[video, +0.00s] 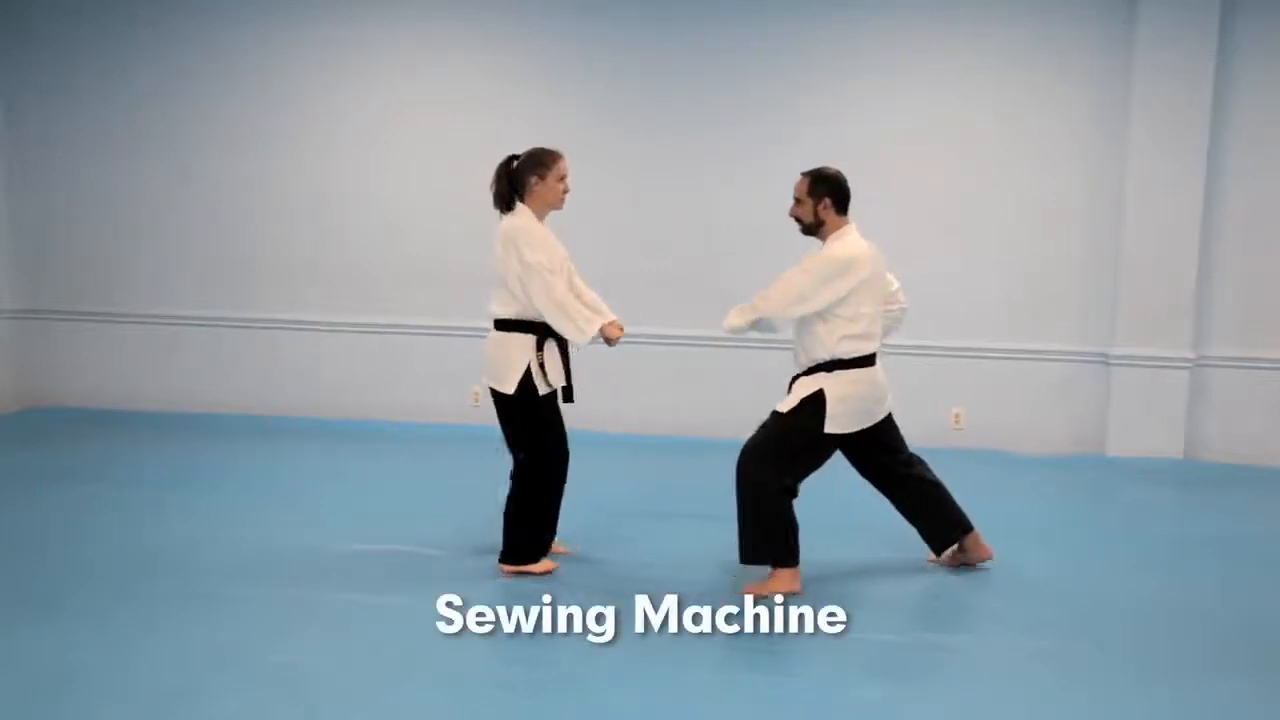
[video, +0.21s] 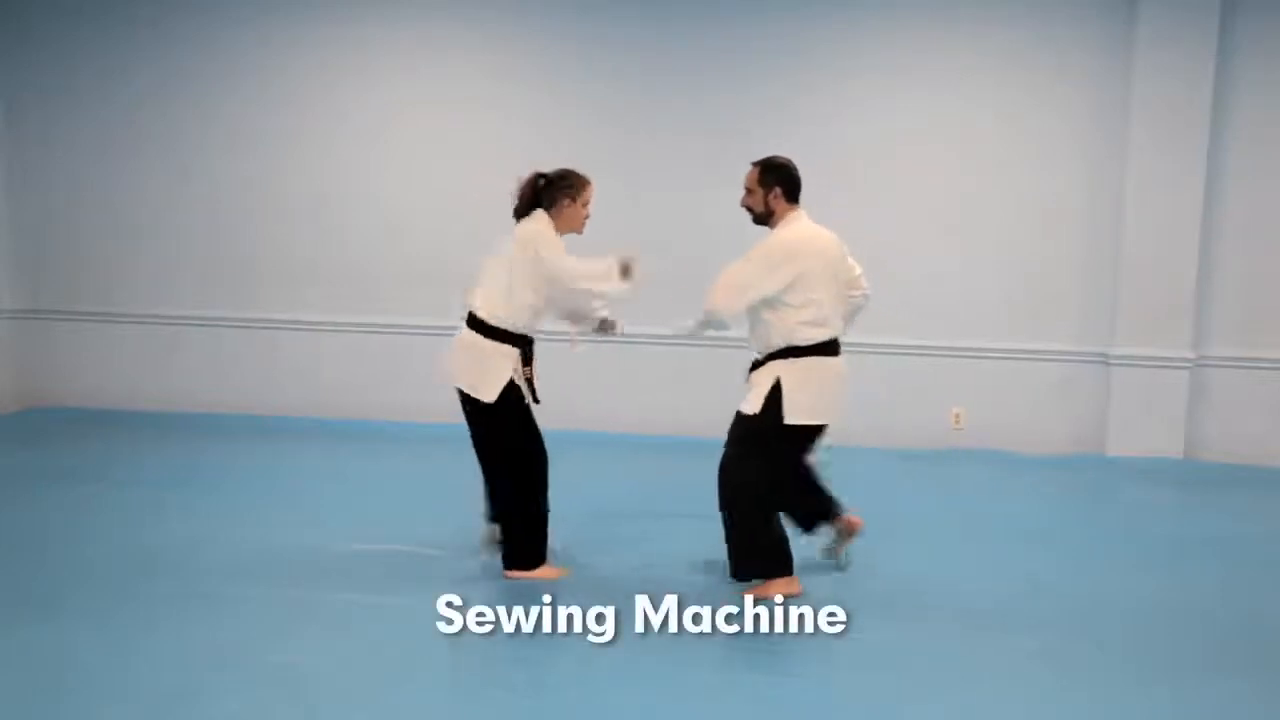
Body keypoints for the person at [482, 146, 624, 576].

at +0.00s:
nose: (568, 187)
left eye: (567, 180)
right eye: (561, 180)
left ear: (538, 183)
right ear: (536, 182)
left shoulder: (536, 228)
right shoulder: (521, 229)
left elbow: (570, 281)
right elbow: (549, 293)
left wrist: (603, 317)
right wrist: (595, 327)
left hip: (534, 353)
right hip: (519, 355)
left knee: (549, 452)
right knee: (542, 455)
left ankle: (537, 539)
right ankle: (518, 556)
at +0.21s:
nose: (589, 215)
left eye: (589, 206)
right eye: (585, 206)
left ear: (558, 204)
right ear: (564, 204)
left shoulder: (529, 233)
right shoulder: (540, 235)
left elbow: (554, 295)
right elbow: (564, 278)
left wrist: (594, 317)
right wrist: (615, 271)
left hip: (480, 360)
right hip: (493, 366)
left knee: (508, 457)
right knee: (529, 459)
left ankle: (516, 549)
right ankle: (524, 562)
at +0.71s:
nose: (473, 229)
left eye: (469, 221)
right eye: (466, 224)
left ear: (415, 233)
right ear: (451, 233)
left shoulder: (383, 275)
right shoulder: (470, 273)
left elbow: (341, 305)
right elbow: (506, 286)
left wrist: (380, 329)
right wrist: (485, 247)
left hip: (392, 402)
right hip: (454, 404)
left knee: (336, 457)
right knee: (523, 459)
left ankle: (305, 548)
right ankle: (534, 551)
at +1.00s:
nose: (397, 241)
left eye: (400, 237)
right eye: (438, 240)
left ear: (401, 244)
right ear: (440, 246)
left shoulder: (387, 288)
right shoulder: (460, 288)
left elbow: (378, 338)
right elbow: (509, 309)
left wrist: (374, 376)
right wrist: (501, 268)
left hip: (395, 416)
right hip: (455, 417)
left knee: (321, 452)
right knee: (528, 468)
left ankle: (294, 549)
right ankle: (541, 563)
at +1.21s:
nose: (444, 239)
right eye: (443, 234)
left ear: (402, 238)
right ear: (440, 239)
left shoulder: (383, 281)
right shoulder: (461, 282)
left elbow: (356, 341)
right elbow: (506, 307)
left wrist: (380, 356)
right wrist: (503, 266)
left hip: (390, 408)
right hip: (451, 410)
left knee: (322, 452)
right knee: (523, 465)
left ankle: (296, 549)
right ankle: (542, 563)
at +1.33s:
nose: (446, 233)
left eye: (443, 225)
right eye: (442, 226)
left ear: (402, 233)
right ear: (428, 232)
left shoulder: (378, 277)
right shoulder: (457, 275)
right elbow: (503, 292)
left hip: (383, 403)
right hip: (445, 406)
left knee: (322, 454)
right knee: (512, 468)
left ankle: (297, 549)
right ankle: (540, 562)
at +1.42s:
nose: (447, 228)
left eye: (444, 220)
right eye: (443, 222)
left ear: (405, 228)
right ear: (425, 227)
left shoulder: (379, 267)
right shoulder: (446, 267)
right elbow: (470, 293)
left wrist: (466, 260)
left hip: (377, 396)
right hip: (437, 400)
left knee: (322, 455)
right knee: (506, 464)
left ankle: (296, 549)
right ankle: (538, 562)